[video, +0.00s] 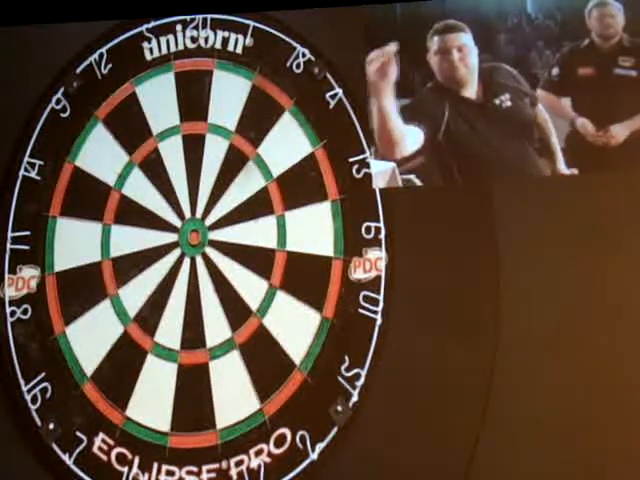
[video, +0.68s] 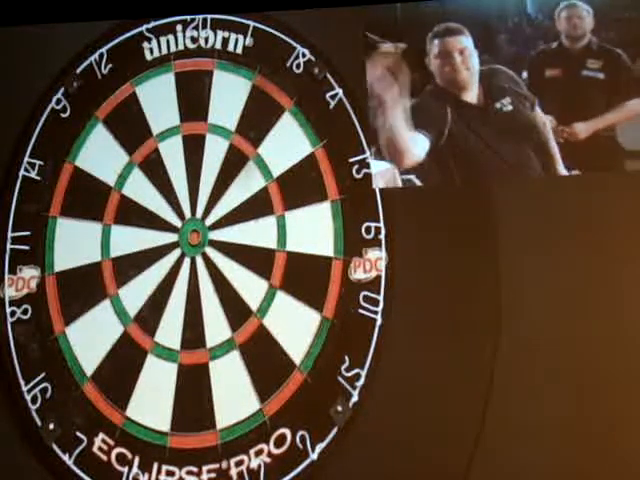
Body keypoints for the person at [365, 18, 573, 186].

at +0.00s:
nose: (454, 59)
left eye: (461, 50)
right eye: (443, 53)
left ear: (476, 53)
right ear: (430, 62)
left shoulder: (502, 77)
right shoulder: (432, 104)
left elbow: (539, 116)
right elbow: (394, 150)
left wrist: (559, 165)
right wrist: (382, 89)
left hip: (543, 193)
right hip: (485, 208)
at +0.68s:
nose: (457, 63)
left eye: (463, 52)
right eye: (444, 57)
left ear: (476, 56)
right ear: (430, 66)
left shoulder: (500, 79)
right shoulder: (431, 106)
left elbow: (539, 122)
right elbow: (405, 157)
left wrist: (558, 171)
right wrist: (390, 100)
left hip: (538, 193)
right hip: (483, 207)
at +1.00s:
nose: (460, 64)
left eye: (467, 53)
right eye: (448, 57)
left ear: (480, 56)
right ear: (433, 66)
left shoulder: (504, 81)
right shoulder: (428, 118)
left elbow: (538, 127)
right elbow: (417, 182)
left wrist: (560, 175)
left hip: (533, 200)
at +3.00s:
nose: (463, 61)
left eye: (468, 50)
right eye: (450, 55)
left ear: (480, 53)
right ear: (434, 65)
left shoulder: (503, 82)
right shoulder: (433, 109)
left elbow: (538, 134)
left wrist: (566, 179)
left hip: (529, 204)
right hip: (467, 213)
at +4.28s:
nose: (459, 58)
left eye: (465, 48)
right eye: (447, 52)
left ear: (479, 52)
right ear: (433, 61)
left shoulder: (503, 81)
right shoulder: (433, 104)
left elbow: (542, 126)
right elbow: (393, 150)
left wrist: (568, 177)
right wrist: (390, 85)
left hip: (530, 202)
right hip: (472, 214)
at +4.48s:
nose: (457, 60)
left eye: (463, 50)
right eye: (445, 54)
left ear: (477, 53)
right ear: (432, 62)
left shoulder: (503, 81)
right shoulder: (434, 102)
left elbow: (542, 127)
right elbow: (402, 154)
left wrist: (567, 175)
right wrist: (411, 81)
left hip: (530, 200)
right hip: (473, 211)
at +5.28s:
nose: (473, 80)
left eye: (481, 69)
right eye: (460, 72)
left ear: (496, 70)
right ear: (444, 79)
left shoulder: (523, 95)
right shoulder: (437, 129)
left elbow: (567, 116)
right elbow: (429, 204)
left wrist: (620, 124)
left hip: (541, 219)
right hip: (476, 228)